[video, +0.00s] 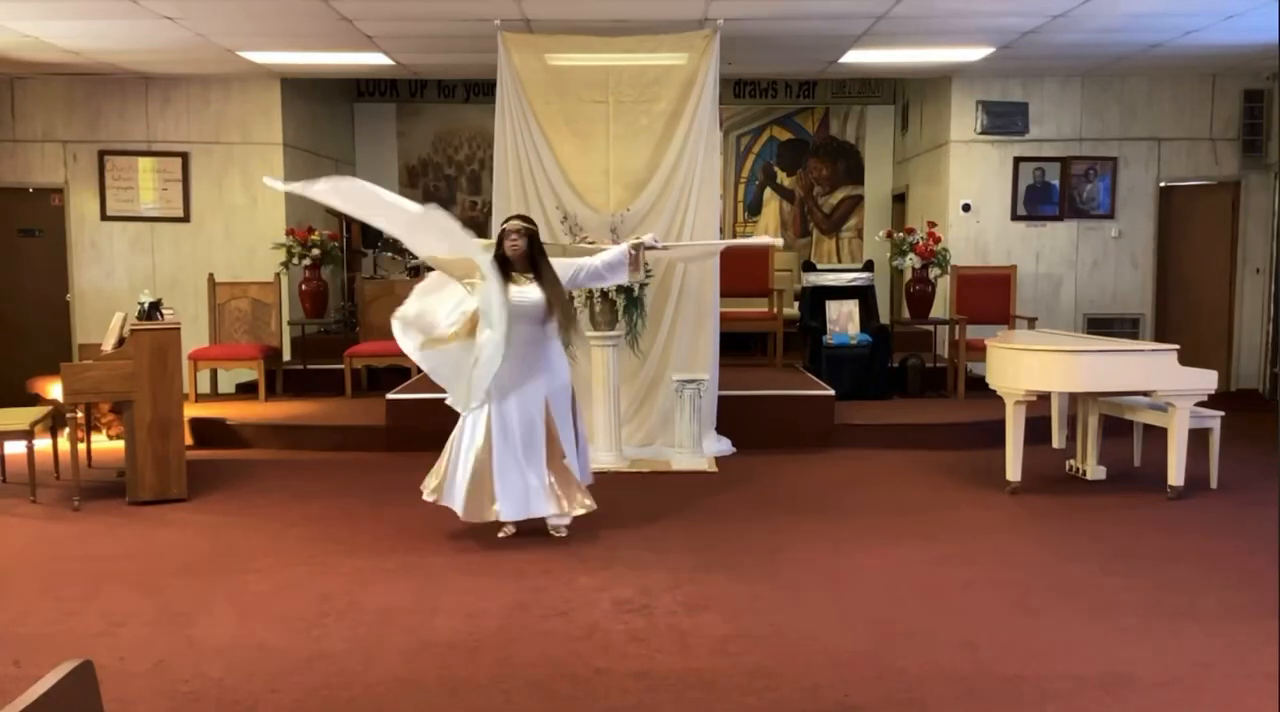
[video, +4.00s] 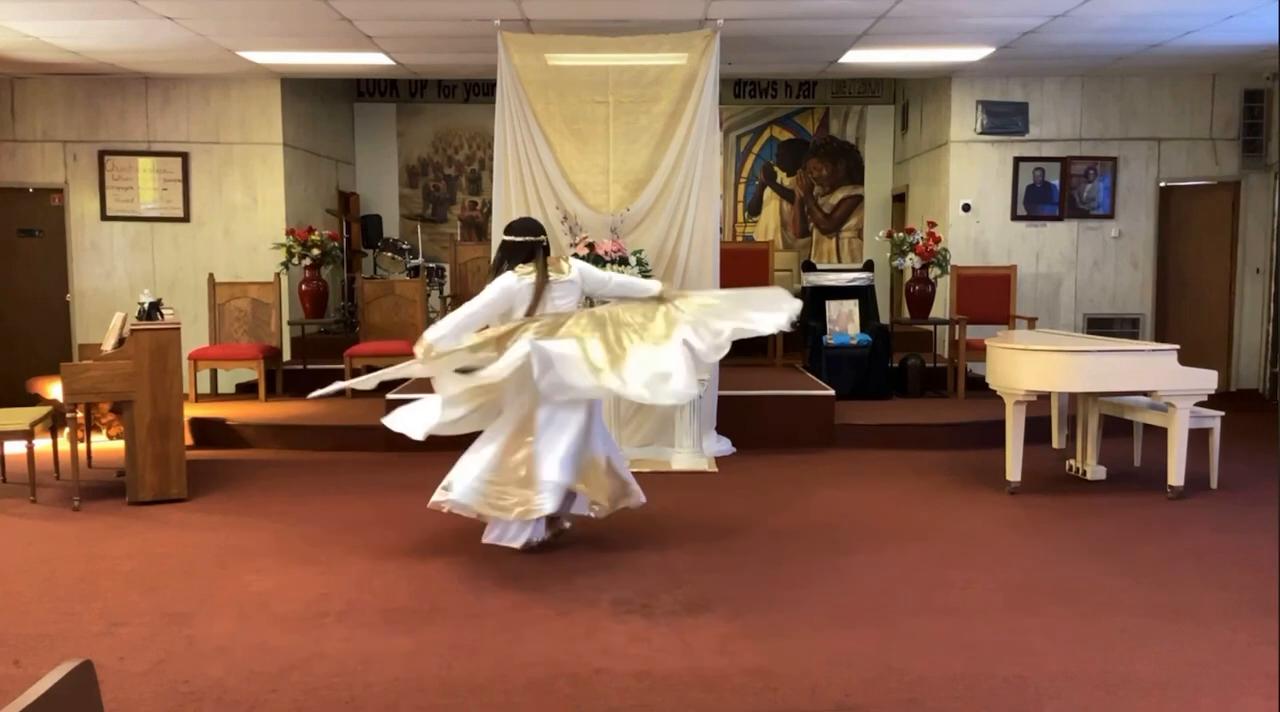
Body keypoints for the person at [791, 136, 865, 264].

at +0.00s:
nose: (816, 176)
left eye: (823, 169)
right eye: (812, 171)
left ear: (839, 166)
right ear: (808, 173)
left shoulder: (854, 193)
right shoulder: (818, 194)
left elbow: (828, 227)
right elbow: (800, 233)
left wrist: (808, 197)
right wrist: (799, 198)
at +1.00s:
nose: (817, 176)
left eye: (823, 169)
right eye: (813, 171)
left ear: (839, 166)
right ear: (808, 173)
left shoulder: (854, 193)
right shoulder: (819, 194)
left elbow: (828, 227)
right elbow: (800, 233)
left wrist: (808, 196)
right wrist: (799, 198)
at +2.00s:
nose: (816, 176)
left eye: (822, 169)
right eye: (813, 171)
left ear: (839, 166)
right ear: (808, 172)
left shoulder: (854, 193)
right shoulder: (819, 194)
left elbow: (828, 227)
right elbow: (800, 233)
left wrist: (808, 196)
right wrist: (799, 197)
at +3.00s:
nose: (817, 176)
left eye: (823, 169)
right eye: (813, 170)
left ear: (839, 166)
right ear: (808, 172)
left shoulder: (854, 193)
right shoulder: (818, 194)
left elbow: (828, 227)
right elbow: (800, 233)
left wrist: (808, 197)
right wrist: (799, 198)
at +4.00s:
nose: (815, 176)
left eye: (820, 170)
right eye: (812, 171)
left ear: (840, 166)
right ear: (808, 173)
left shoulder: (854, 193)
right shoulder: (820, 195)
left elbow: (828, 226)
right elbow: (799, 232)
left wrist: (808, 196)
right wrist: (799, 197)